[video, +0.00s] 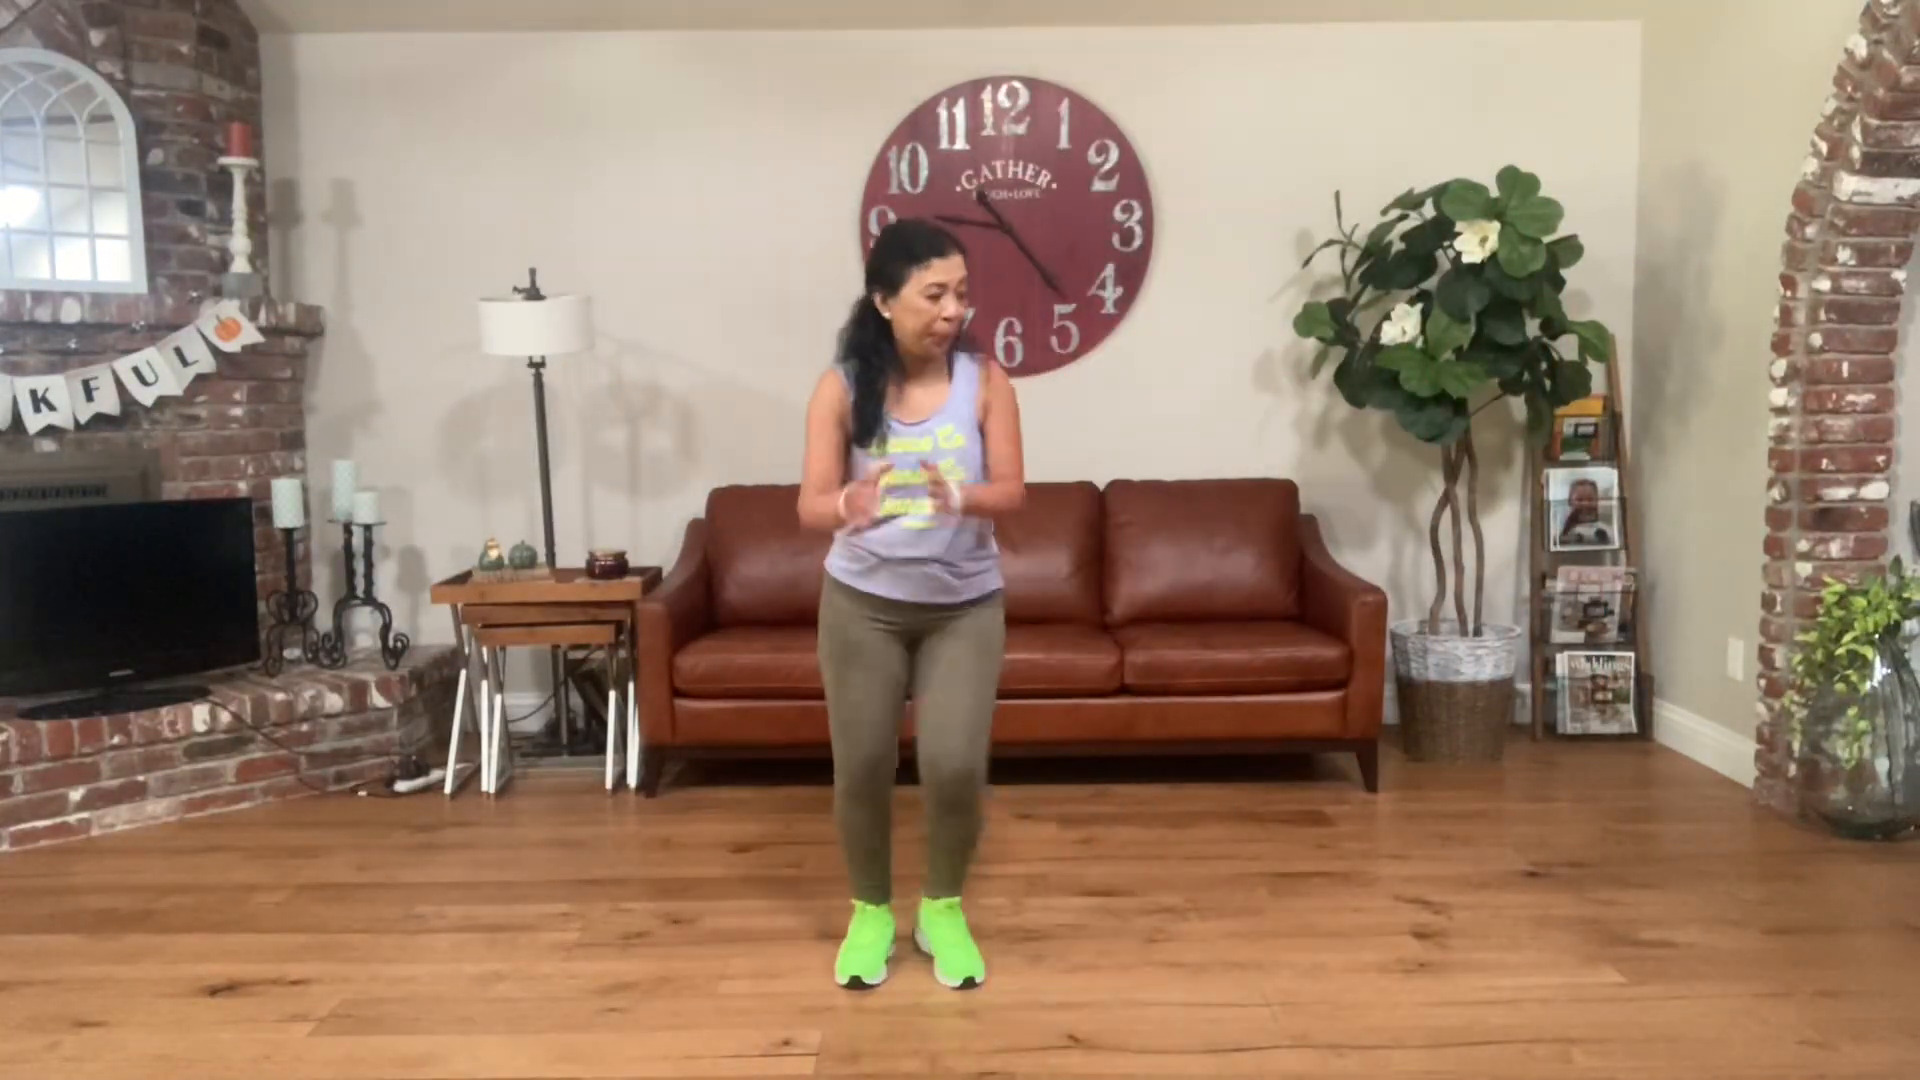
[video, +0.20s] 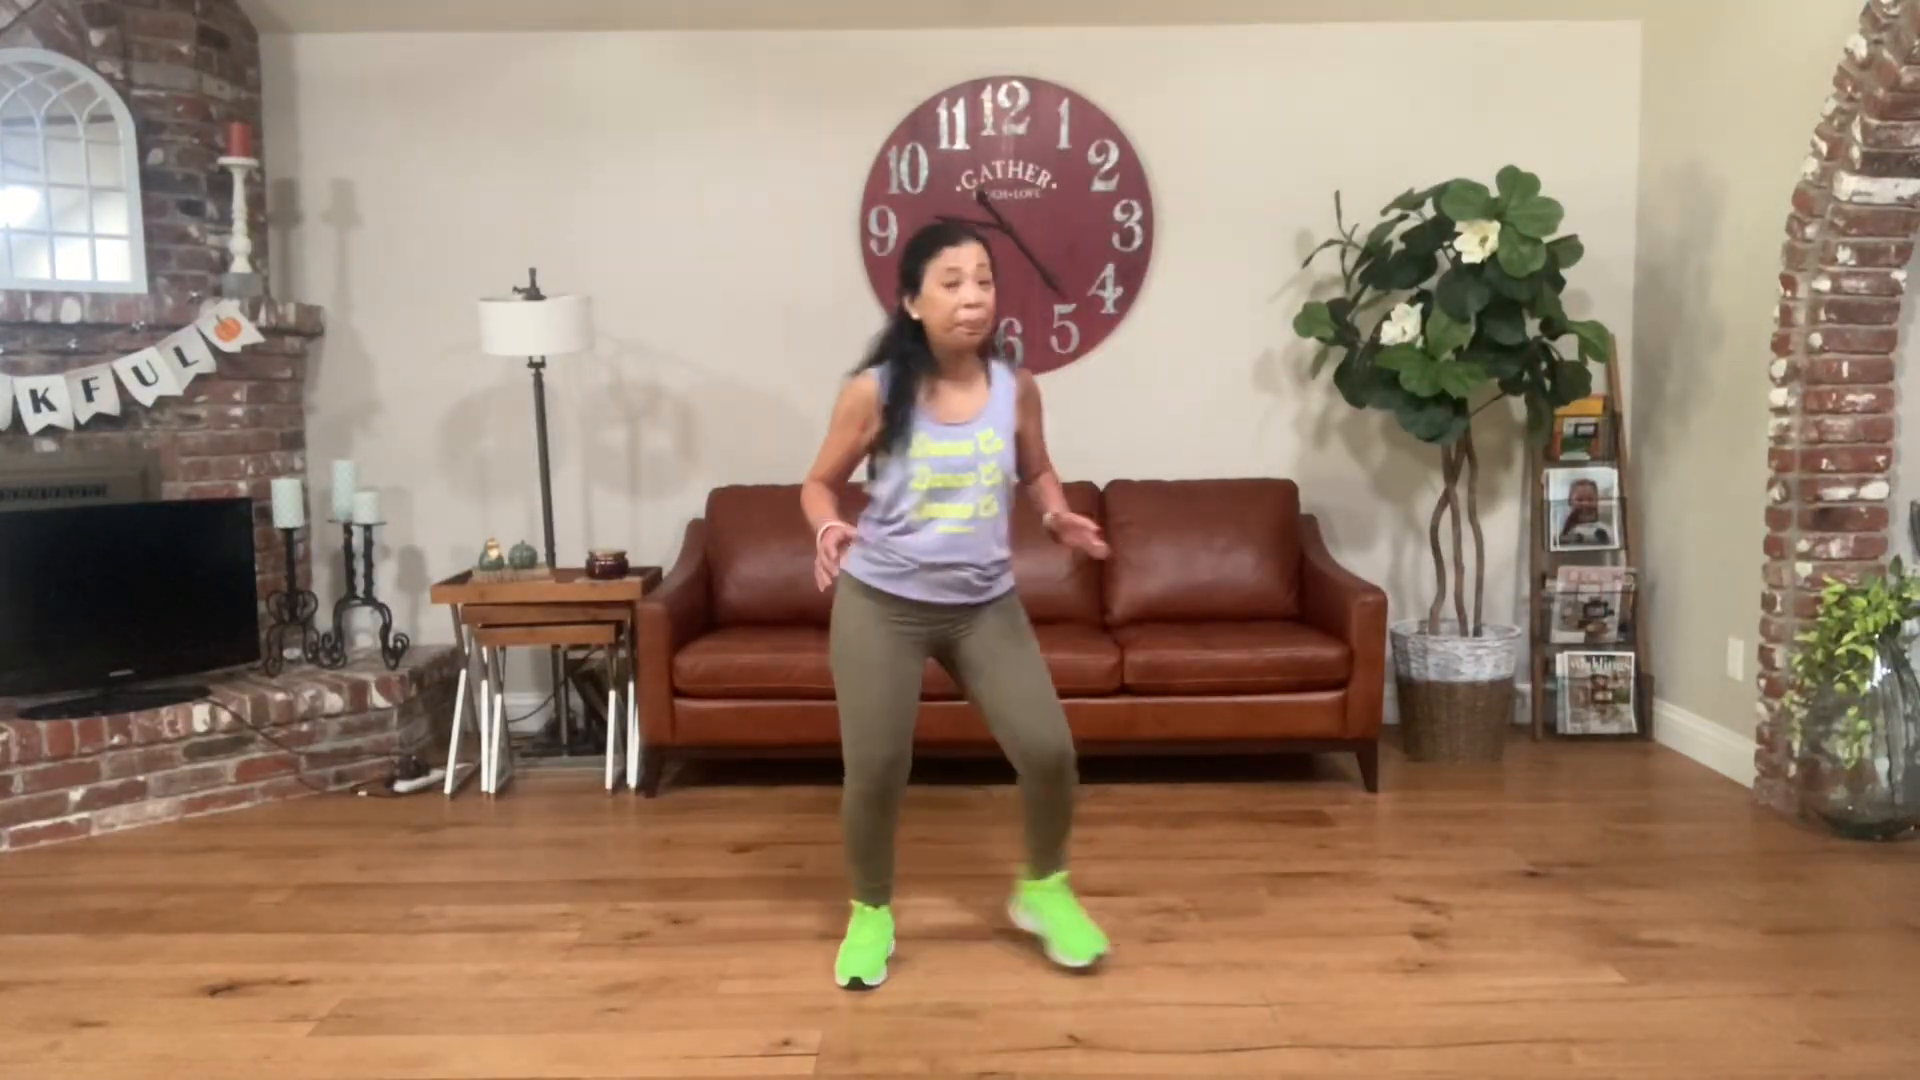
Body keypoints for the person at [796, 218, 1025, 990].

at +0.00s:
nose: (952, 309)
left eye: (959, 292)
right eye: (934, 294)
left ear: (967, 297)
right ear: (884, 303)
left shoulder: (986, 382)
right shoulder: (842, 388)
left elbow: (1010, 494)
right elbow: (812, 507)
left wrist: (959, 499)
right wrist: (849, 505)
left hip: (967, 606)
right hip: (861, 603)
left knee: (954, 765)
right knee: (862, 766)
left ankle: (942, 909)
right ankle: (871, 912)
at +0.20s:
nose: (973, 295)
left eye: (984, 281)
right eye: (952, 283)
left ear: (997, 297)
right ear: (913, 304)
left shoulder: (1015, 390)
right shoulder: (875, 393)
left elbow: (1039, 474)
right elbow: (818, 483)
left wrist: (1057, 515)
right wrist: (828, 525)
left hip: (985, 603)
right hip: (880, 600)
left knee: (1050, 751)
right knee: (875, 764)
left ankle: (1044, 888)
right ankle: (871, 912)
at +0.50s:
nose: (1032, 279)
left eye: (1047, 264)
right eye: (1013, 267)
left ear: (1071, 281)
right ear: (990, 289)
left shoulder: (1103, 370)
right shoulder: (965, 379)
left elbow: (1131, 454)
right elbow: (933, 476)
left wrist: (1157, 486)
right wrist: (924, 509)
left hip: (1092, 599)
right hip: (987, 597)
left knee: (1114, 755)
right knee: (938, 753)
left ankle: (1140, 900)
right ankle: (878, 908)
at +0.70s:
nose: (1073, 288)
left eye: (1089, 272)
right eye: (1055, 276)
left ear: (1116, 289)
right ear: (1037, 299)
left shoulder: (1155, 375)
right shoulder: (1016, 386)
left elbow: (1200, 487)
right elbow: (990, 514)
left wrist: (1195, 452)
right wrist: (1003, 461)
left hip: (1141, 593)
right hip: (1036, 591)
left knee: (1143, 754)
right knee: (989, 740)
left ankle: (1143, 898)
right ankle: (956, 878)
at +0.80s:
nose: (1076, 289)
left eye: (1092, 273)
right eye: (1061, 278)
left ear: (1123, 287)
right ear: (1045, 296)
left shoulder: (1165, 377)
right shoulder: (1023, 381)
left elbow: (1196, 491)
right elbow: (1014, 497)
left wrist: (1175, 431)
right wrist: (1041, 437)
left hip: (1151, 591)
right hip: (1047, 592)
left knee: (1153, 749)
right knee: (1034, 741)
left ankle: (1144, 896)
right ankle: (1028, 867)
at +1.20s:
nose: (1031, 319)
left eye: (1047, 302)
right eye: (1025, 304)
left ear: (1096, 305)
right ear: (1023, 308)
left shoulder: (1156, 389)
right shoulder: (1022, 383)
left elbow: (1207, 486)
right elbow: (985, 477)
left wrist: (1182, 512)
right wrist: (957, 499)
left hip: (1139, 591)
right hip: (1040, 590)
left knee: (1138, 748)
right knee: (992, 722)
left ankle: (1143, 898)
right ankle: (1031, 858)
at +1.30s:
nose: (1013, 303)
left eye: (1029, 286)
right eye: (1007, 288)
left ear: (1078, 293)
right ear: (1005, 296)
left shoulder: (1136, 384)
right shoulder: (1007, 377)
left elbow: (1196, 468)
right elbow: (984, 461)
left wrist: (1185, 509)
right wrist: (934, 495)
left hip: (1121, 586)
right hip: (1021, 583)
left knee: (1124, 745)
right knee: (957, 717)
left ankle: (1141, 896)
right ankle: (958, 851)